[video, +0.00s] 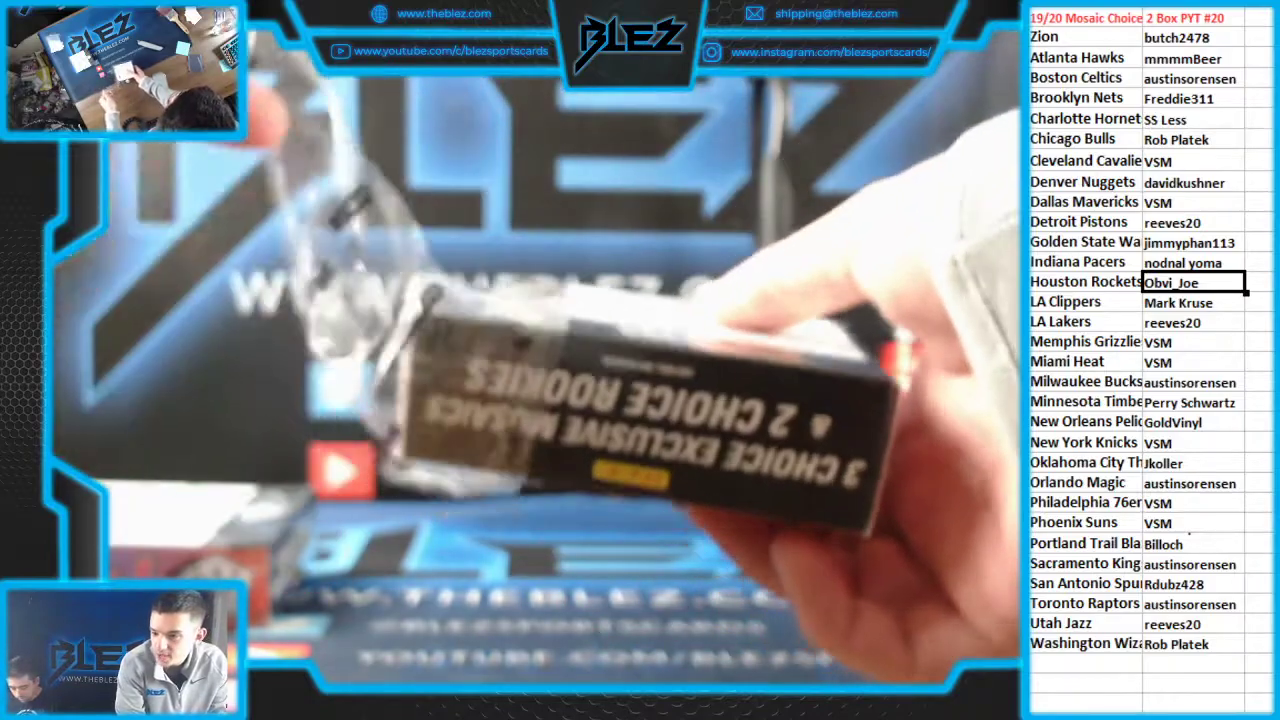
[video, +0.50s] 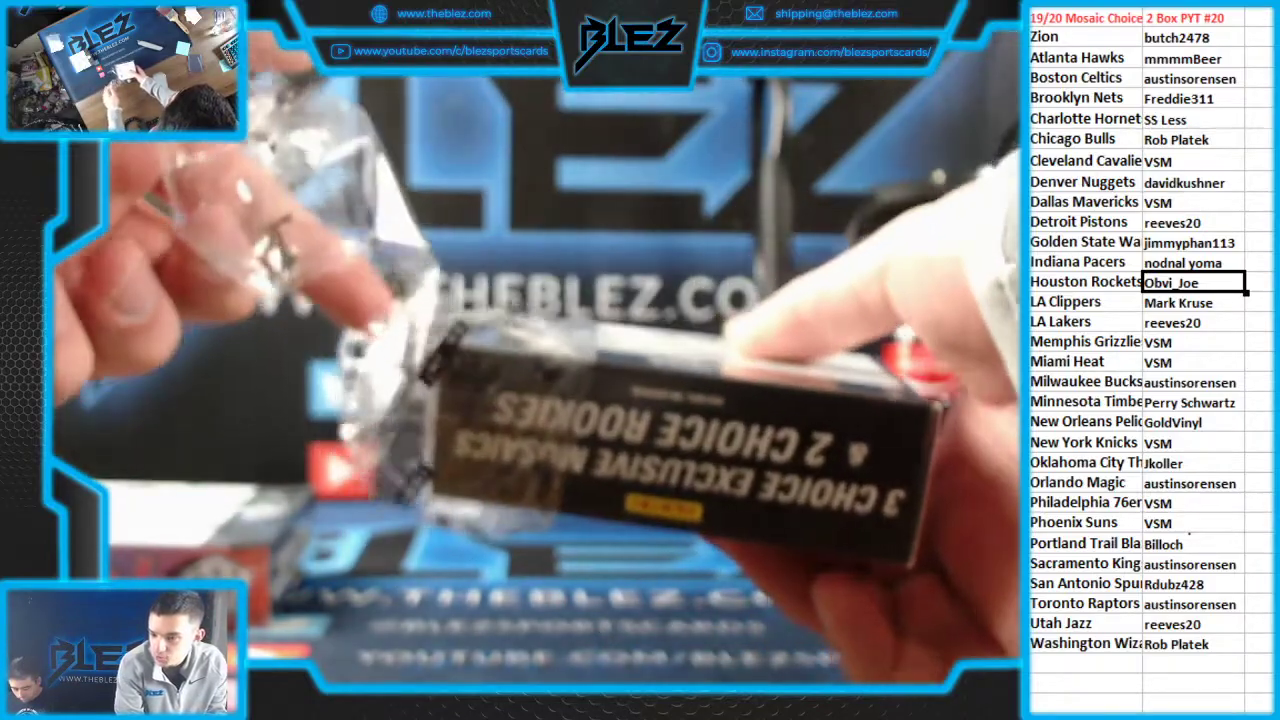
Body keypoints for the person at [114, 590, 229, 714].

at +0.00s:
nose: (161, 646)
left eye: (173, 636)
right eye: (154, 634)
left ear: (199, 636)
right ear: (150, 629)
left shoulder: (215, 661)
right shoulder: (133, 663)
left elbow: (217, 713)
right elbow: (129, 714)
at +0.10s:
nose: (161, 646)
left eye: (173, 636)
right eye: (154, 634)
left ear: (199, 636)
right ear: (150, 629)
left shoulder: (215, 661)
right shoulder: (133, 663)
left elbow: (217, 713)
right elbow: (129, 714)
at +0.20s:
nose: (161, 646)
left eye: (173, 637)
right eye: (154, 634)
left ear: (199, 636)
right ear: (150, 629)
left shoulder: (214, 662)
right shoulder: (133, 663)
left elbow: (217, 713)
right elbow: (128, 714)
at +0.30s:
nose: (161, 647)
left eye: (173, 637)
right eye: (154, 634)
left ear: (199, 636)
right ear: (149, 629)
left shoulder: (214, 661)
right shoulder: (132, 663)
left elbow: (217, 713)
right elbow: (128, 715)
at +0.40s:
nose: (160, 647)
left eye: (173, 638)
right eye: (153, 635)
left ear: (198, 637)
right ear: (149, 629)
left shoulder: (214, 661)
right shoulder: (132, 664)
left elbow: (216, 713)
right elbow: (128, 715)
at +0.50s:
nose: (160, 648)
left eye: (172, 638)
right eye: (153, 635)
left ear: (198, 637)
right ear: (148, 629)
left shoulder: (213, 661)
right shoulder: (131, 664)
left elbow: (217, 713)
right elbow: (128, 714)